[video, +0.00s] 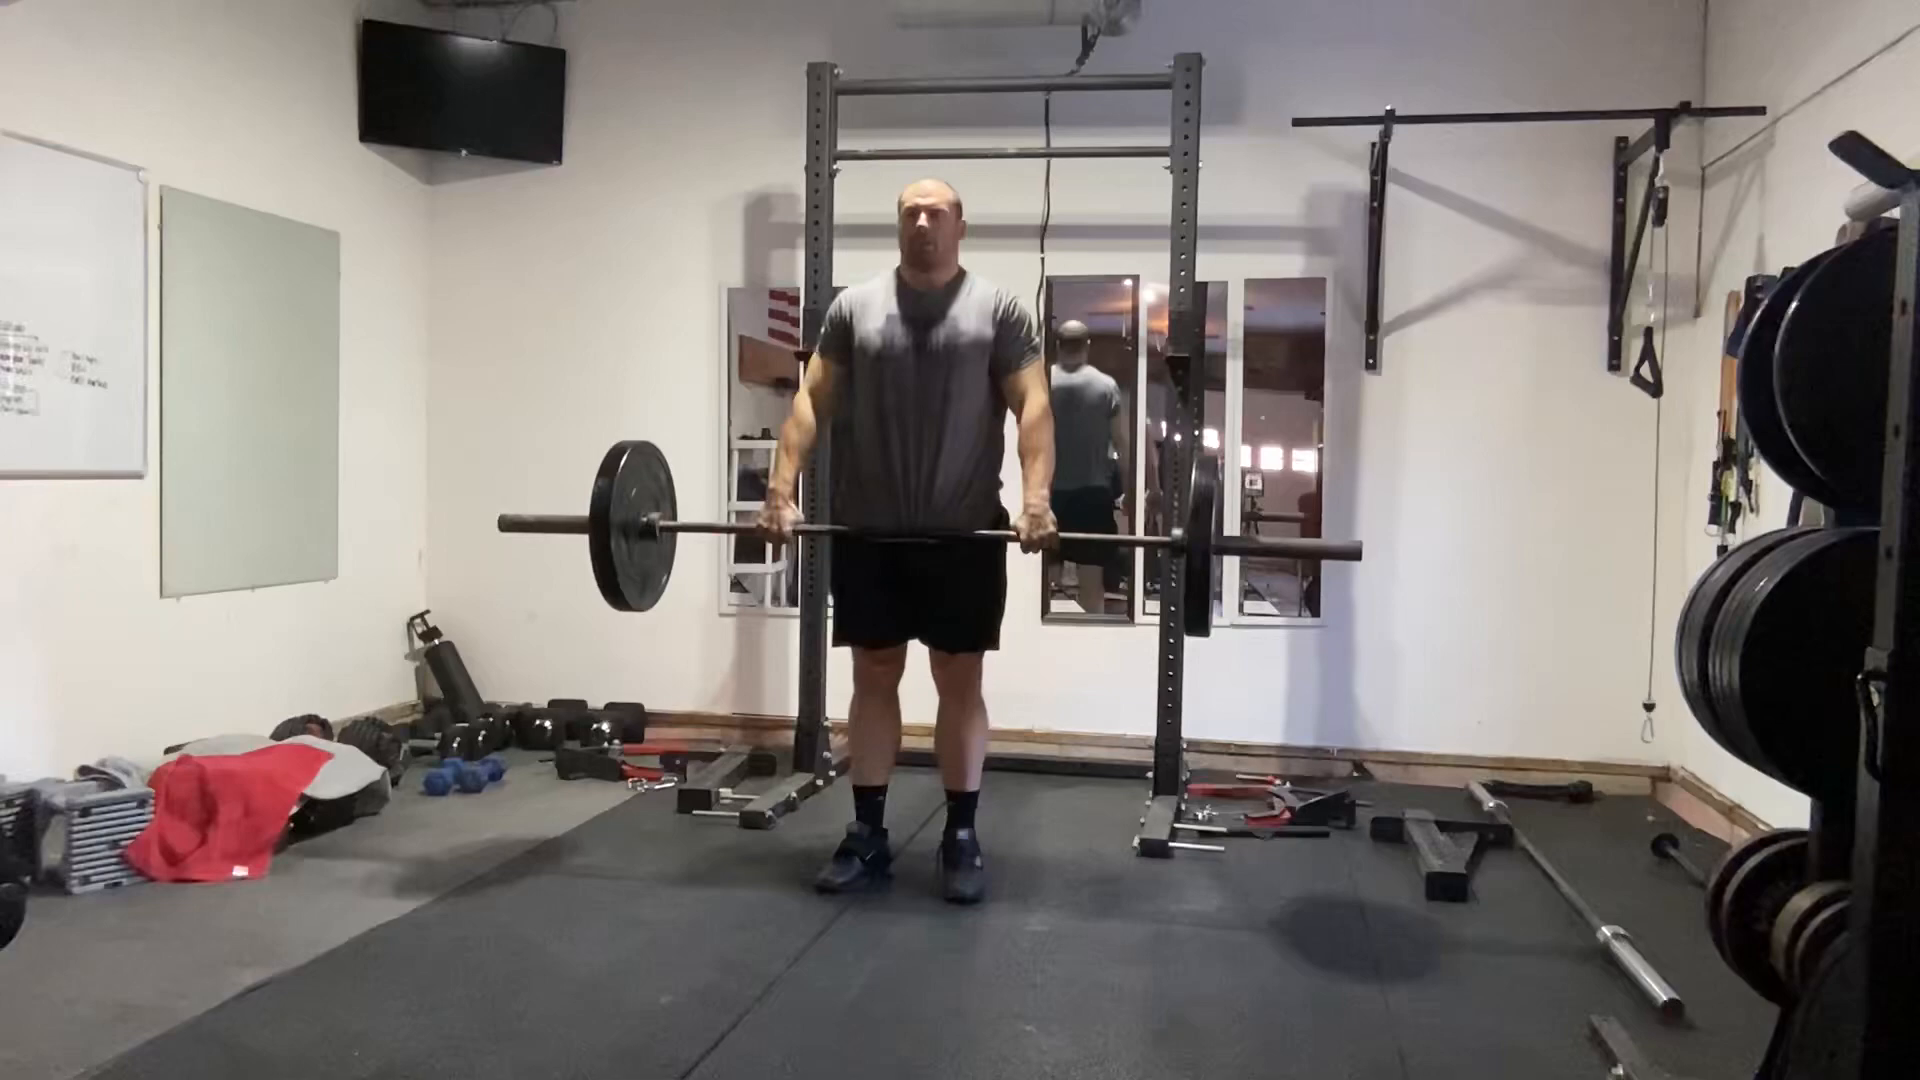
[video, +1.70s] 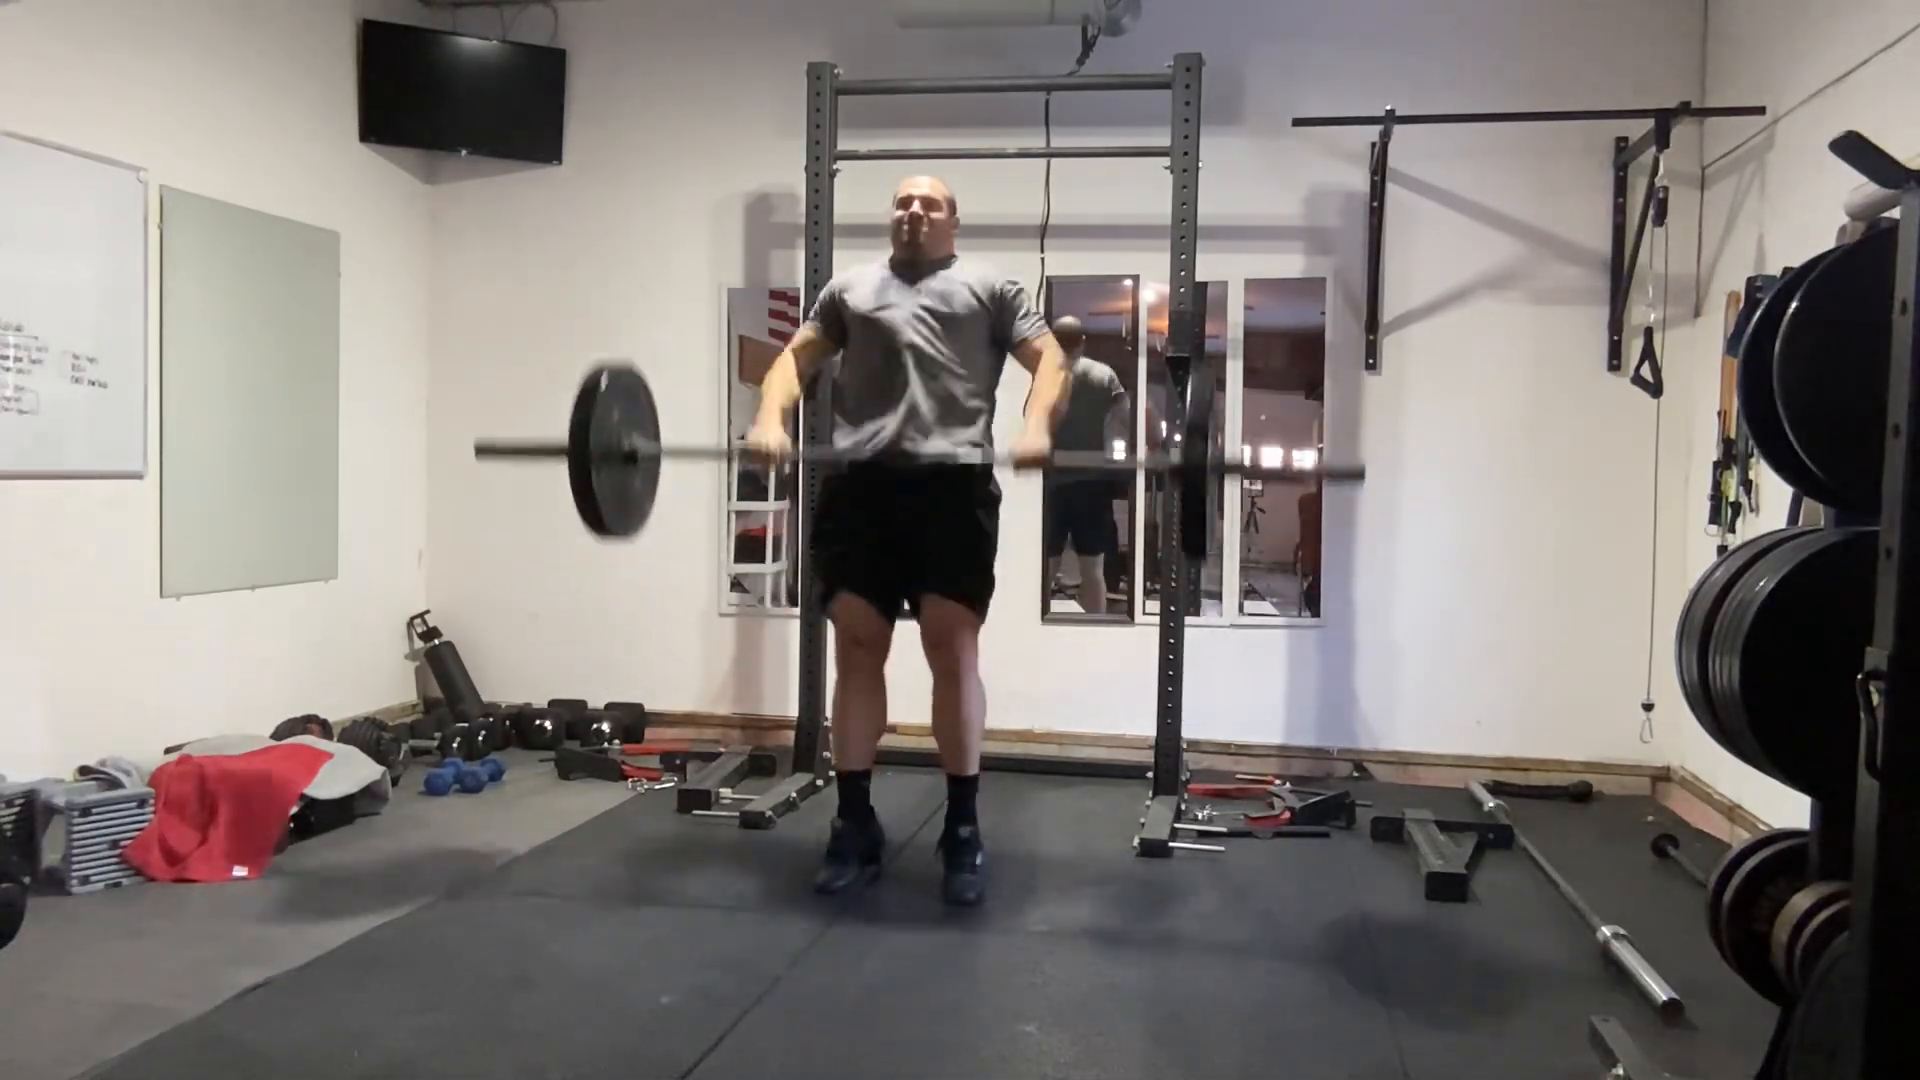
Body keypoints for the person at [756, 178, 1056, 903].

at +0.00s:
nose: (920, 219)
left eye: (934, 211)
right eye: (910, 211)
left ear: (961, 229)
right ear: (897, 229)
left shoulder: (996, 313)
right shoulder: (852, 308)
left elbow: (1032, 406)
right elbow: (808, 399)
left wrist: (1037, 498)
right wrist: (781, 486)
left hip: (961, 530)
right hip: (868, 527)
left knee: (959, 679)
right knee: (874, 675)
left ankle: (961, 837)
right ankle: (866, 836)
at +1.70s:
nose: (915, 211)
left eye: (930, 204)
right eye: (904, 203)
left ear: (954, 224)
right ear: (889, 221)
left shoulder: (989, 288)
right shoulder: (851, 289)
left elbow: (1051, 361)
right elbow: (791, 362)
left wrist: (1037, 425)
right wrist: (770, 418)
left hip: (954, 486)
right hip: (862, 483)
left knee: (950, 647)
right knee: (857, 648)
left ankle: (962, 827)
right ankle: (853, 822)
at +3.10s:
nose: (917, 209)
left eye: (932, 204)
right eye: (908, 202)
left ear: (955, 230)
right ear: (892, 224)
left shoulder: (972, 296)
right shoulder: (850, 294)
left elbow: (1011, 341)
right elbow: (796, 339)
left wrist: (1032, 268)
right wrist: (776, 273)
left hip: (953, 518)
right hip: (860, 515)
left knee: (957, 681)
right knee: (853, 679)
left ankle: (960, 838)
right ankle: (866, 836)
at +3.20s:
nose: (920, 204)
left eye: (936, 201)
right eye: (910, 199)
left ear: (960, 229)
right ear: (893, 222)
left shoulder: (971, 285)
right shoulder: (852, 284)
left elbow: (1033, 283)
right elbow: (766, 283)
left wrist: (1037, 193)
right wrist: (769, 199)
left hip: (948, 498)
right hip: (857, 497)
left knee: (953, 671)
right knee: (863, 670)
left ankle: (964, 836)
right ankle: (863, 833)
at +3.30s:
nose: (915, 213)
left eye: (932, 208)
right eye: (905, 206)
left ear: (956, 232)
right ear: (889, 226)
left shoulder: (973, 299)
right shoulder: (845, 292)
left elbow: (1045, 242)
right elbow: (755, 242)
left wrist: (1044, 149)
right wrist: (764, 144)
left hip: (948, 512)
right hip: (858, 511)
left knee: (950, 680)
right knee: (867, 677)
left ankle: (959, 840)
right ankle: (868, 837)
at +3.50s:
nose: (886, 218)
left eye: (902, 207)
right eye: (878, 208)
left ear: (936, 219)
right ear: (867, 219)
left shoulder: (974, 282)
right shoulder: (835, 280)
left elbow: (1036, 185)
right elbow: (772, 184)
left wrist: (1045, 83)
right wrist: (769, 83)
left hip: (948, 509)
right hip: (860, 509)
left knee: (950, 678)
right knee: (871, 677)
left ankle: (959, 839)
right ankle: (870, 839)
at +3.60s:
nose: (883, 232)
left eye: (898, 219)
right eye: (873, 219)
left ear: (932, 221)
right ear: (859, 222)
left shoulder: (971, 277)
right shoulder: (833, 277)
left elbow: (1027, 166)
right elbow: (780, 167)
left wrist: (1046, 62)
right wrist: (771, 72)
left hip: (949, 508)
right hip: (860, 509)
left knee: (951, 677)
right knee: (872, 677)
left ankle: (959, 840)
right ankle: (869, 839)